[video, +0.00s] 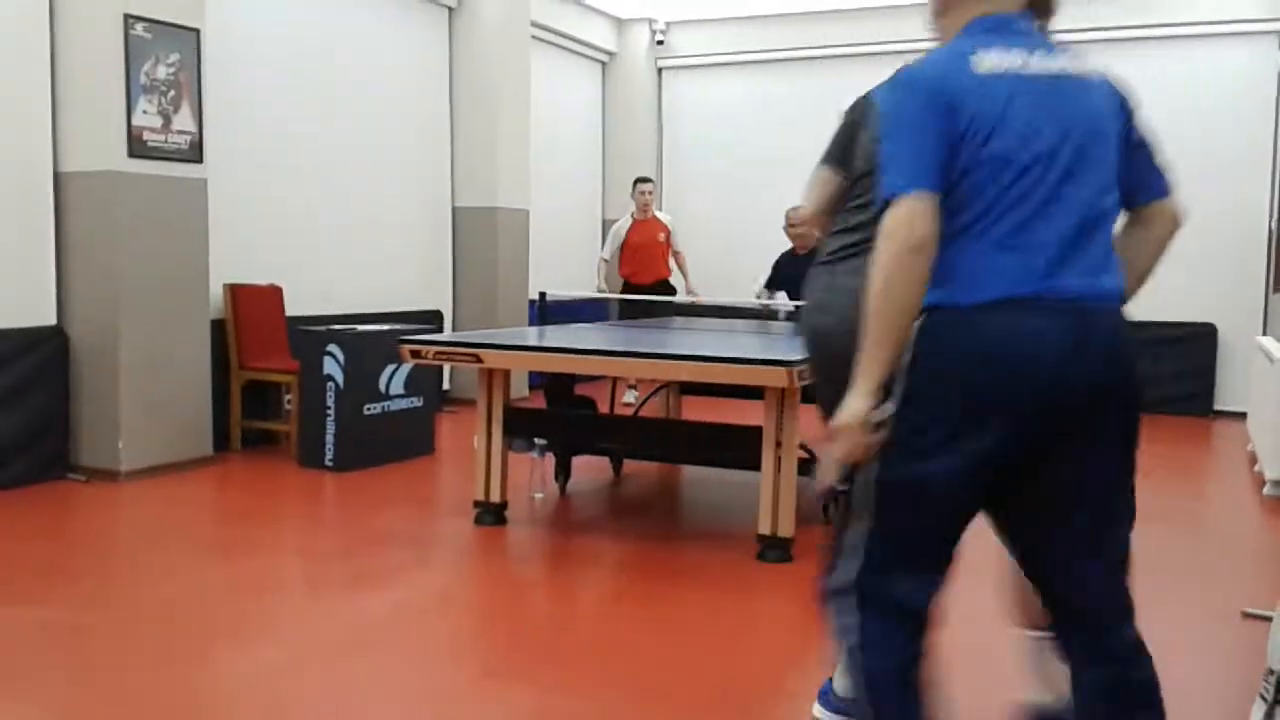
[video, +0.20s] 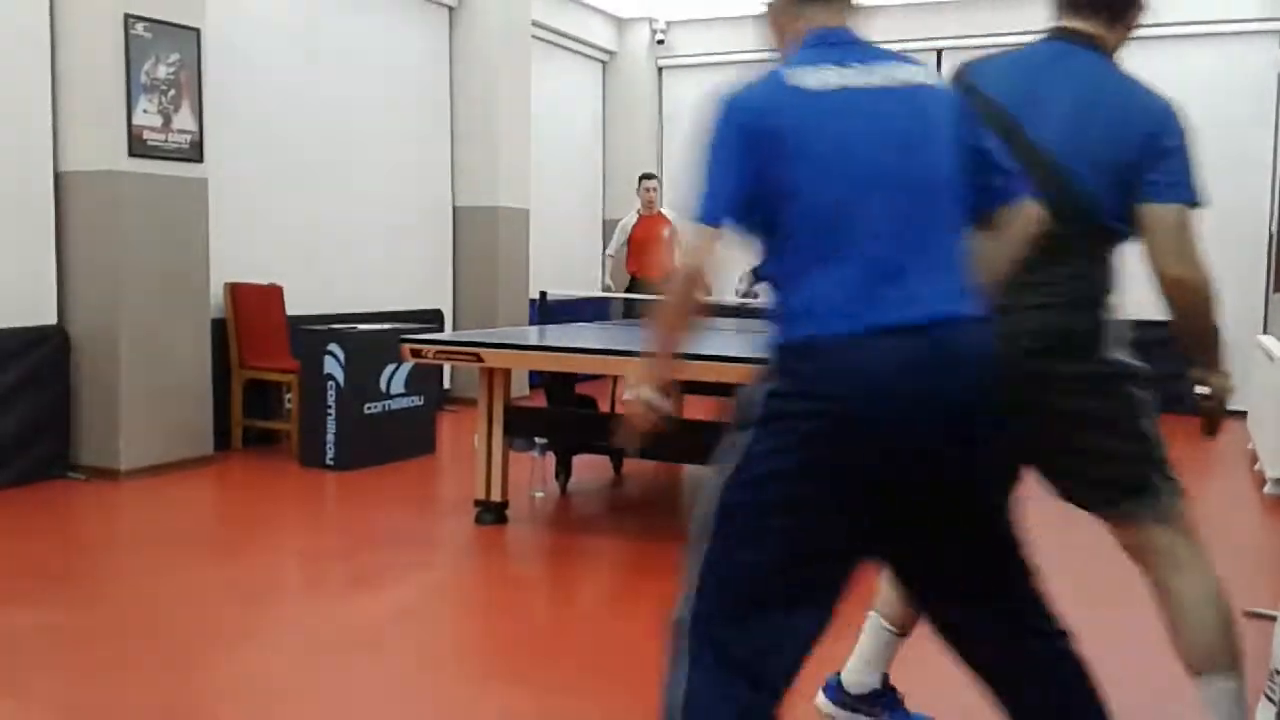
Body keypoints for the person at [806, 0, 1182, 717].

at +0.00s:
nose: (931, 12)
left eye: (933, 8)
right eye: (933, 10)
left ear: (946, 5)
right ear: (1029, 6)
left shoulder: (924, 84)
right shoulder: (1098, 89)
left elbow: (912, 231)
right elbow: (1158, 214)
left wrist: (864, 390)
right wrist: (1085, 306)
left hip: (968, 356)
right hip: (1091, 356)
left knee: (891, 588)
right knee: (1094, 605)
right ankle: (1121, 706)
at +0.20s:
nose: (1132, 25)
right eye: (1134, 18)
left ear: (1056, 9)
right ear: (1129, 18)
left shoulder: (974, 81)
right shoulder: (1142, 112)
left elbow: (926, 216)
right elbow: (1177, 272)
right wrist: (1208, 370)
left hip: (959, 349)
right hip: (1064, 360)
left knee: (941, 516)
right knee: (1163, 542)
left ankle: (858, 681)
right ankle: (1229, 708)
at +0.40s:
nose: (1233, 10)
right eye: (1233, 5)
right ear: (1229, 8)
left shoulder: (1071, 73)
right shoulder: (1256, 105)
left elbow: (1001, 211)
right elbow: (1278, 269)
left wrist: (1046, 281)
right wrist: (1272, 360)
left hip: (1044, 334)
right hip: (1166, 349)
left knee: (1043, 504)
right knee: (1238, 553)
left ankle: (927, 671)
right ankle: (1245, 707)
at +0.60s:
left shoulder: (1125, 37)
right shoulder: (1278, 48)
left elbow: (1037, 184)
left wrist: (1070, 285)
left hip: (1090, 318)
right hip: (1232, 332)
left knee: (1053, 519)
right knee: (1245, 553)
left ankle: (1034, 711)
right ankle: (1250, 712)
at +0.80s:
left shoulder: (1125, 33)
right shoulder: (1277, 42)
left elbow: (1047, 190)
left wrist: (1056, 290)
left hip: (1112, 326)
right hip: (1253, 337)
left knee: (1074, 546)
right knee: (1246, 560)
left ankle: (1088, 714)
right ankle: (1245, 712)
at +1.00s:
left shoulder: (1103, 31)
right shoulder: (1269, 49)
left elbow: (1042, 190)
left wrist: (1019, 301)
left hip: (1111, 330)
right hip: (1251, 335)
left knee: (1084, 565)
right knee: (1235, 557)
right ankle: (1244, 712)